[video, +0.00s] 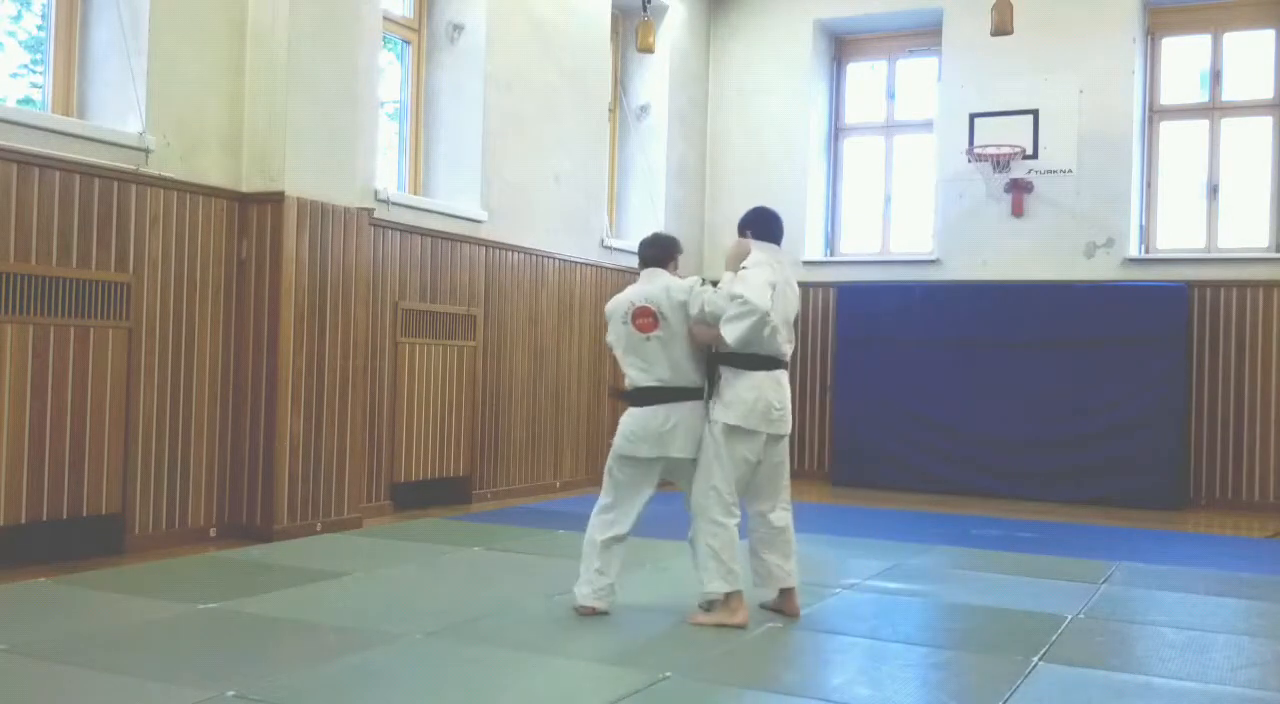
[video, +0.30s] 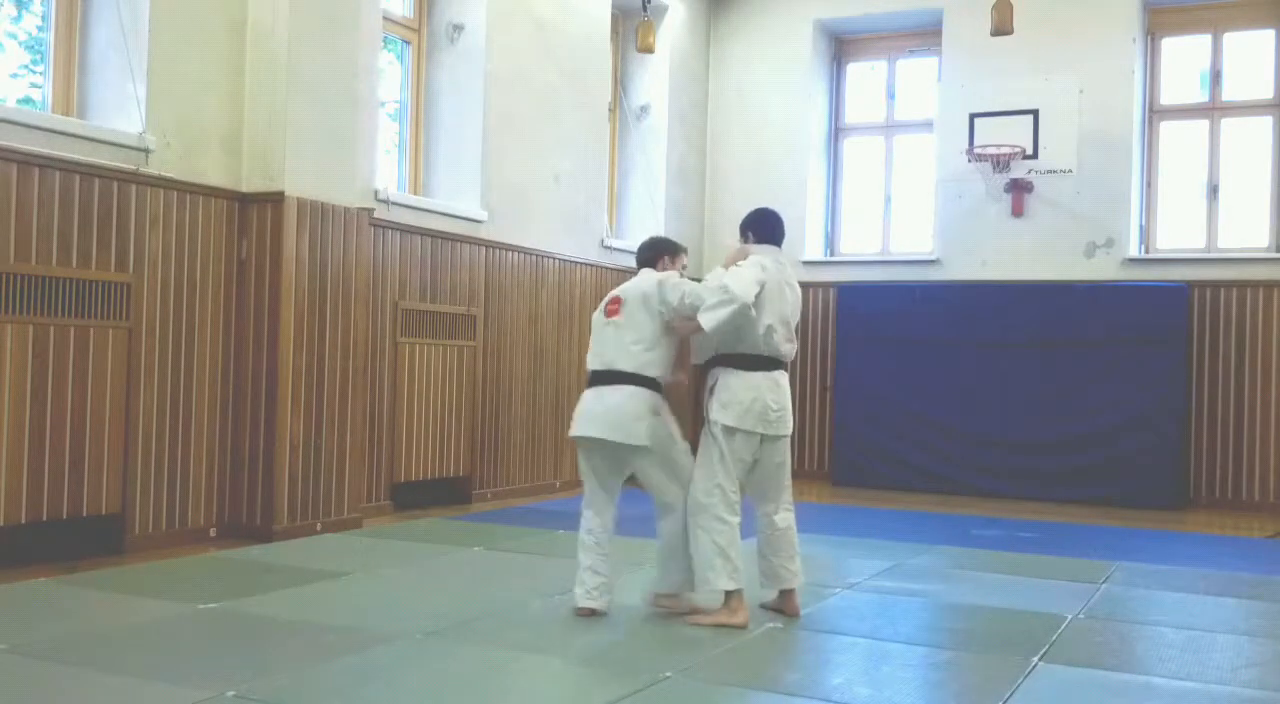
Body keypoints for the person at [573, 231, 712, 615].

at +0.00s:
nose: (681, 267)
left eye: (679, 262)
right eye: (680, 261)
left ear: (640, 262)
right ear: (673, 262)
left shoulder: (616, 304)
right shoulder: (688, 292)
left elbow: (622, 353)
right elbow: (730, 308)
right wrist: (734, 272)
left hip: (640, 419)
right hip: (690, 418)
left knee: (612, 509)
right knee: (708, 510)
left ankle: (592, 595)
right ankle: (718, 593)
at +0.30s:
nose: (682, 273)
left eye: (683, 267)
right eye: (680, 267)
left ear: (643, 264)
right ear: (664, 261)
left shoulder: (609, 299)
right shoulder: (662, 284)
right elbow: (710, 296)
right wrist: (729, 266)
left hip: (592, 406)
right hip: (640, 407)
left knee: (597, 507)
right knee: (676, 496)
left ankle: (590, 598)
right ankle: (671, 589)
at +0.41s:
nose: (687, 268)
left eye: (687, 261)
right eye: (682, 260)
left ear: (654, 256)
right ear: (658, 256)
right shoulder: (647, 277)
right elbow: (699, 280)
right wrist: (725, 262)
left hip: (590, 407)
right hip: (624, 406)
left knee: (600, 504)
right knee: (663, 495)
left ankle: (580, 589)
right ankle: (641, 587)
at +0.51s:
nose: (676, 245)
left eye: (677, 238)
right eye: (666, 239)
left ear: (680, 245)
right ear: (643, 245)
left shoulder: (683, 294)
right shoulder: (618, 275)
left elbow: (692, 360)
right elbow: (639, 261)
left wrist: (723, 347)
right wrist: (692, 248)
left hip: (649, 406)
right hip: (609, 401)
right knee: (639, 499)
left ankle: (590, 549)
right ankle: (639, 591)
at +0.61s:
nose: (638, 230)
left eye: (647, 224)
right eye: (631, 223)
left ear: (662, 229)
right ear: (619, 228)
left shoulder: (677, 269)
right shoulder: (601, 271)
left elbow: (690, 335)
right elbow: (596, 263)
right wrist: (664, 248)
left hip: (656, 397)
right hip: (606, 397)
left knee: (647, 488)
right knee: (609, 498)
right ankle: (655, 575)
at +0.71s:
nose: (605, 248)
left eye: (613, 240)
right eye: (603, 240)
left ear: (638, 241)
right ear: (605, 243)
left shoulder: (662, 274)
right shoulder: (607, 280)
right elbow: (586, 283)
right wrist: (651, 254)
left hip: (659, 395)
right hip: (630, 396)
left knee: (600, 478)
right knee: (630, 490)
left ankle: (674, 547)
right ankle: (694, 563)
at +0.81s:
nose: (591, 284)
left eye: (596, 278)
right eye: (592, 278)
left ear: (610, 279)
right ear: (624, 277)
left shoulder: (616, 308)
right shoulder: (660, 304)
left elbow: (582, 345)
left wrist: (580, 302)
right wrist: (608, 420)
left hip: (652, 427)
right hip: (684, 426)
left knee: (599, 510)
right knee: (658, 510)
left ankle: (626, 603)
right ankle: (699, 589)